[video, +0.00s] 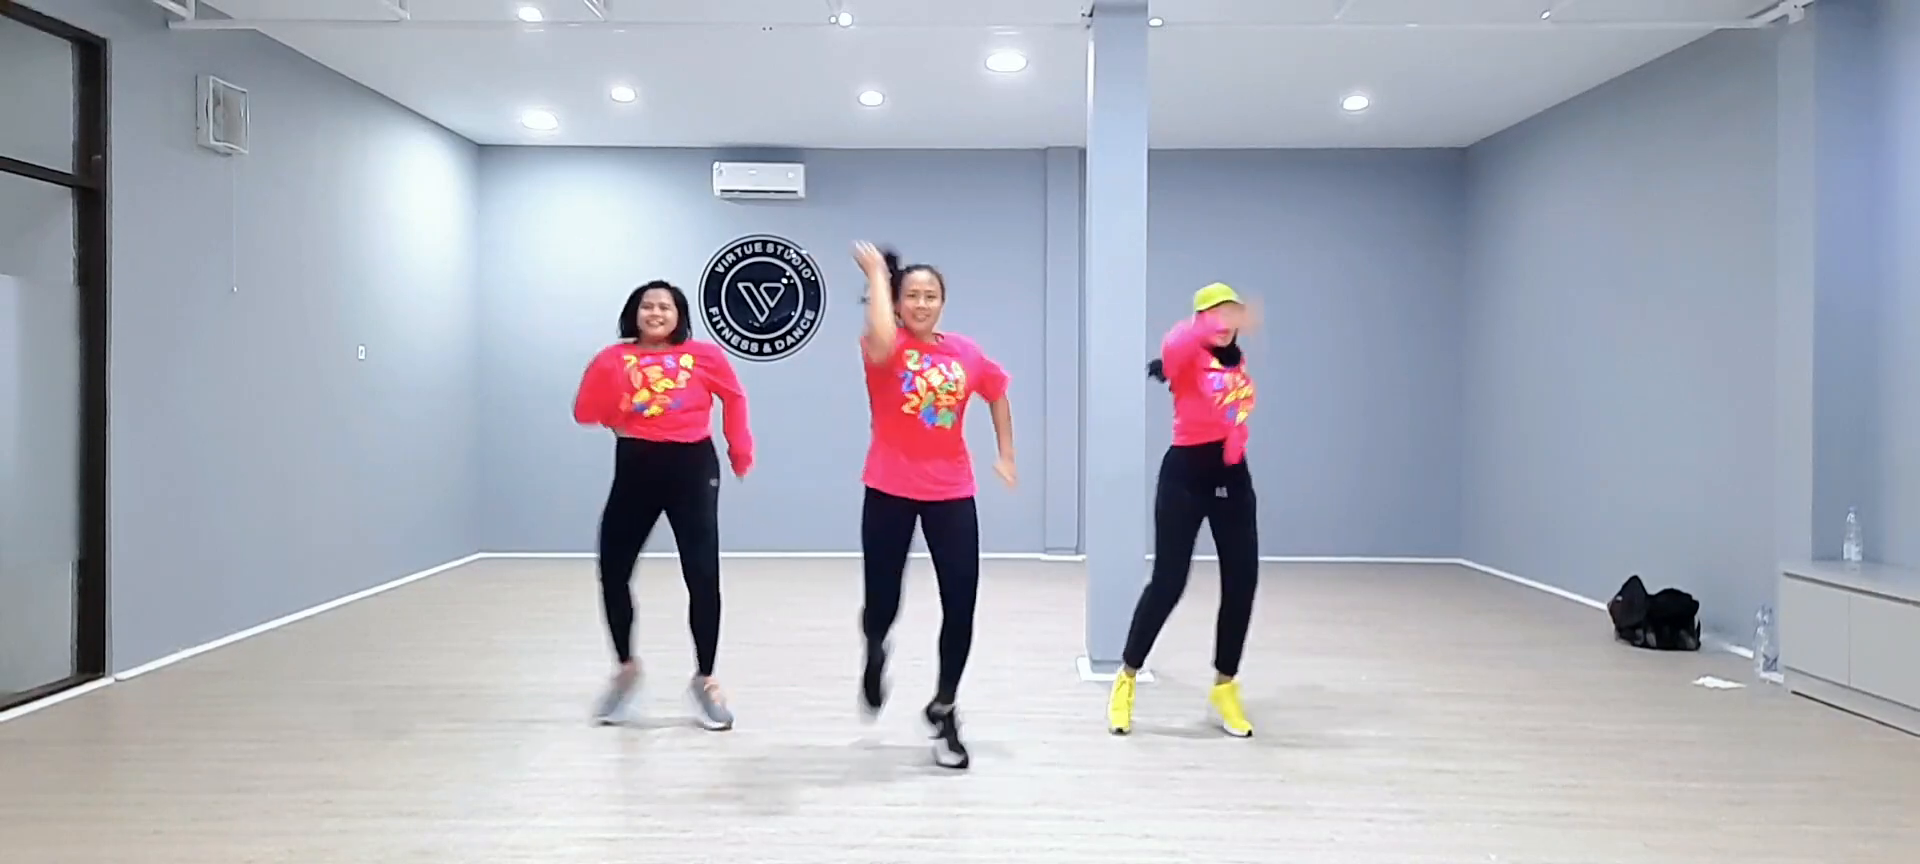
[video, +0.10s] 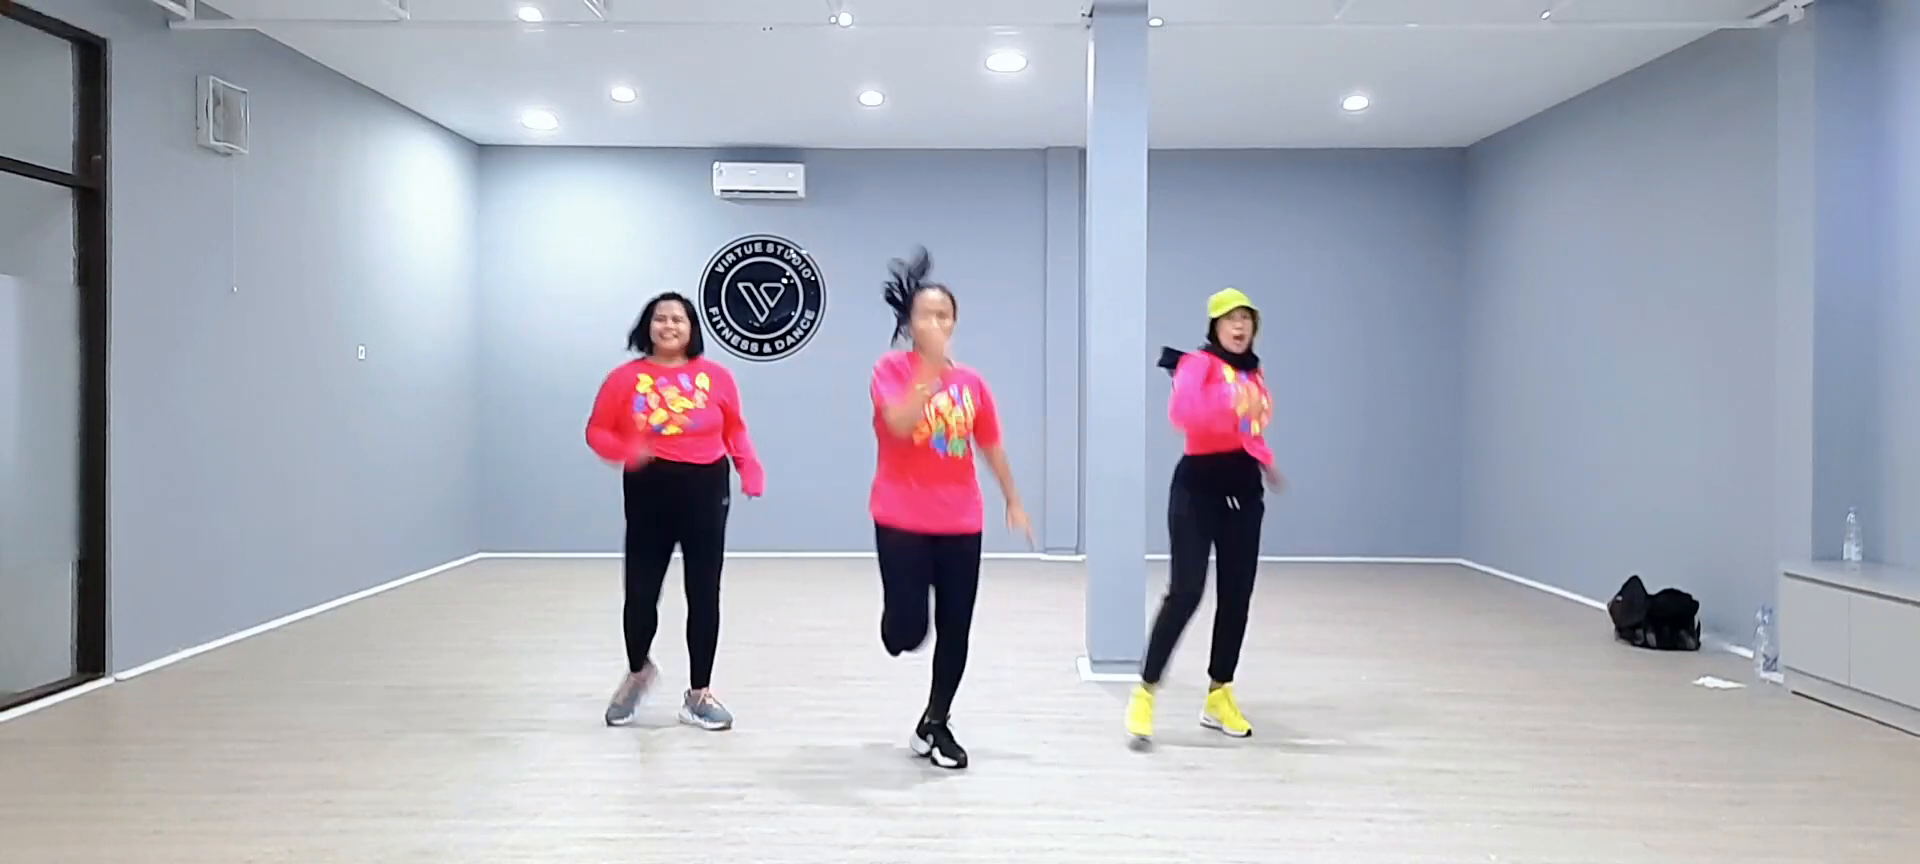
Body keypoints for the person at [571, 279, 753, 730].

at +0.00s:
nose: (655, 312)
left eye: (664, 307)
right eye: (647, 306)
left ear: (679, 317)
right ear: (633, 316)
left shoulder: (704, 355)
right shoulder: (616, 359)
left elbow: (734, 397)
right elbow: (585, 414)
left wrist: (741, 451)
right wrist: (605, 370)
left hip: (693, 470)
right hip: (636, 471)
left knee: (703, 575)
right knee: (613, 571)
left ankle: (705, 679)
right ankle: (626, 667)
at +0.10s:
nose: (668, 325)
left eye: (677, 319)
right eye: (660, 319)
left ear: (691, 329)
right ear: (647, 328)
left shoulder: (715, 376)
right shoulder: (625, 378)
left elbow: (736, 430)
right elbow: (597, 432)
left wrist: (751, 472)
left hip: (704, 491)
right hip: (648, 490)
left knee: (704, 593)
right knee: (639, 593)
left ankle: (699, 691)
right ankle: (638, 671)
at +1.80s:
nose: (612, 329)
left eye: (621, 322)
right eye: (604, 323)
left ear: (638, 331)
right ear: (594, 332)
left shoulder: (662, 370)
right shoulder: (578, 369)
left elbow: (720, 394)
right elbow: (534, 336)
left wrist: (705, 454)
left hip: (670, 489)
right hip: (615, 495)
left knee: (686, 588)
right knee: (578, 585)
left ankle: (717, 696)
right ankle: (586, 695)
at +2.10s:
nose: (597, 323)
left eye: (605, 315)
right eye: (588, 318)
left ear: (623, 321)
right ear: (578, 328)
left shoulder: (655, 363)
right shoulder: (566, 355)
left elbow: (697, 406)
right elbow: (508, 318)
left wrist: (667, 459)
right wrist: (461, 273)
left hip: (627, 480)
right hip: (570, 476)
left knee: (667, 579)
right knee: (547, 585)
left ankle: (685, 690)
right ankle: (537, 694)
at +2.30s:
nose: (594, 334)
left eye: (602, 326)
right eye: (585, 328)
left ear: (617, 331)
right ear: (574, 335)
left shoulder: (644, 373)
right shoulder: (552, 363)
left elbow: (686, 422)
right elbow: (499, 328)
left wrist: (651, 473)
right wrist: (446, 294)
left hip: (611, 490)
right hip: (555, 483)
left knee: (653, 575)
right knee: (543, 590)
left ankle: (664, 691)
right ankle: (538, 698)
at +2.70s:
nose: (614, 334)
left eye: (624, 327)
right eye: (606, 328)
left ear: (640, 333)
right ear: (598, 335)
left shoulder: (665, 376)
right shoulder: (581, 371)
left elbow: (717, 410)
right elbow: (551, 322)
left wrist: (689, 460)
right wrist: (577, 270)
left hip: (660, 490)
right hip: (606, 496)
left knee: (672, 585)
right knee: (550, 564)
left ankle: (696, 691)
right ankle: (551, 685)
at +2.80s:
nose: (607, 317)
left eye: (616, 310)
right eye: (598, 311)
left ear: (633, 317)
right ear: (590, 319)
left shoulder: (660, 359)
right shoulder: (575, 353)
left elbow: (707, 398)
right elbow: (531, 310)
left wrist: (678, 449)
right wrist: (507, 256)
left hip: (647, 479)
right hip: (593, 478)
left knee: (662, 575)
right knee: (547, 556)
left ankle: (692, 684)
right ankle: (551, 671)